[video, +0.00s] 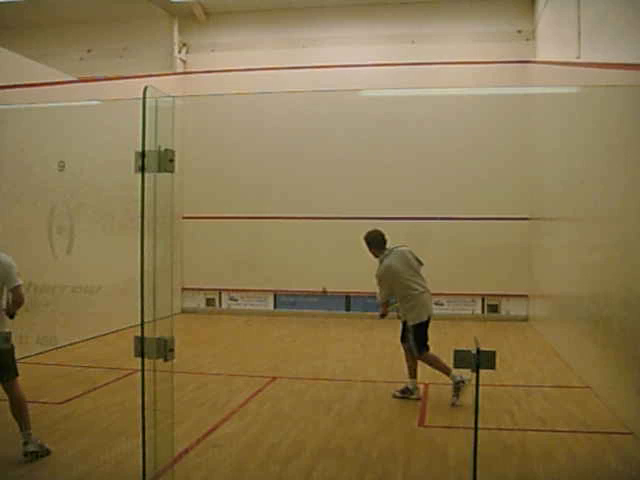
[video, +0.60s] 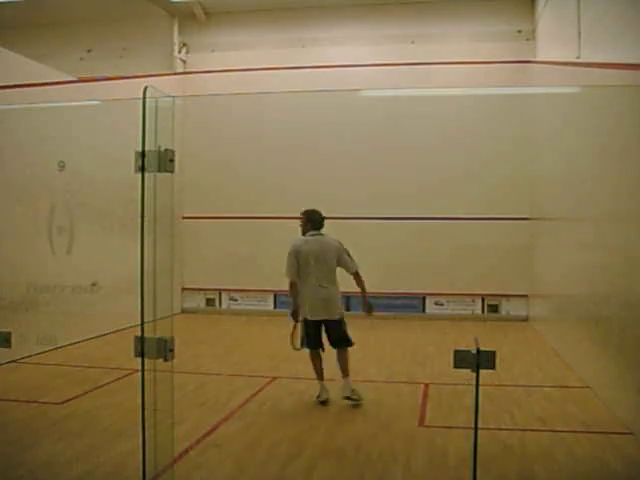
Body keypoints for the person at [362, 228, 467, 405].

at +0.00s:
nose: (369, 251)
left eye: (368, 248)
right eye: (369, 248)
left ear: (371, 249)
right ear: (385, 242)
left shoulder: (383, 270)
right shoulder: (404, 251)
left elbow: (384, 297)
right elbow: (419, 264)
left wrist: (383, 311)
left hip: (415, 312)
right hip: (423, 305)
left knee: (420, 352)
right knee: (407, 343)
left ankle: (455, 377)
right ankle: (412, 385)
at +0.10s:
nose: (361, 246)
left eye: (360, 243)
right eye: (361, 243)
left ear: (362, 245)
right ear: (376, 238)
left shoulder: (370, 269)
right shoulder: (397, 249)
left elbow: (375, 292)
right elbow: (410, 268)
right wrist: (401, 283)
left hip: (400, 312)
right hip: (418, 305)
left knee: (396, 350)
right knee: (408, 348)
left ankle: (433, 374)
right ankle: (412, 385)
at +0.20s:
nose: (353, 243)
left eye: (352, 240)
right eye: (356, 238)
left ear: (353, 242)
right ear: (368, 236)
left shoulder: (357, 266)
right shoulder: (389, 249)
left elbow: (365, 291)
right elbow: (404, 274)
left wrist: (385, 292)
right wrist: (398, 290)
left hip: (384, 314)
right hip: (407, 309)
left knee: (378, 346)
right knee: (402, 345)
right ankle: (410, 384)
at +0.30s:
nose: (343, 242)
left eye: (343, 238)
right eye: (346, 237)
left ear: (344, 241)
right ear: (360, 236)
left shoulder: (345, 265)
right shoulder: (379, 252)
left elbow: (351, 292)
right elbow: (395, 279)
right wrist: (403, 302)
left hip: (369, 314)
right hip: (394, 310)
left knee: (356, 346)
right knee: (395, 346)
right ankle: (409, 385)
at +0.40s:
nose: (332, 241)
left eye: (331, 238)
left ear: (331, 239)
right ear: (348, 236)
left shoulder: (330, 262)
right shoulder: (365, 253)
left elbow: (330, 292)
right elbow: (383, 279)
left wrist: (344, 307)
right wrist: (397, 303)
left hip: (348, 316)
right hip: (374, 313)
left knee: (335, 351)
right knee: (391, 350)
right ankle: (405, 384)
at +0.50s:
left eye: (316, 234)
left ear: (317, 236)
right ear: (335, 234)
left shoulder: (312, 258)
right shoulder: (348, 252)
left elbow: (309, 290)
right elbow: (369, 277)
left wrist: (317, 309)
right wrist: (384, 302)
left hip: (326, 315)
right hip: (352, 313)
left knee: (323, 351)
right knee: (372, 348)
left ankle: (325, 392)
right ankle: (391, 385)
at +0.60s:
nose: (299, 225)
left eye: (301, 222)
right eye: (301, 221)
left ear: (306, 224)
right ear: (321, 225)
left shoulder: (297, 246)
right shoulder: (334, 245)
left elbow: (293, 281)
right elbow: (354, 271)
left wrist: (295, 307)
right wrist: (365, 297)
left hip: (309, 309)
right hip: (333, 308)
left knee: (314, 348)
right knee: (342, 345)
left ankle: (322, 389)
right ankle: (347, 386)